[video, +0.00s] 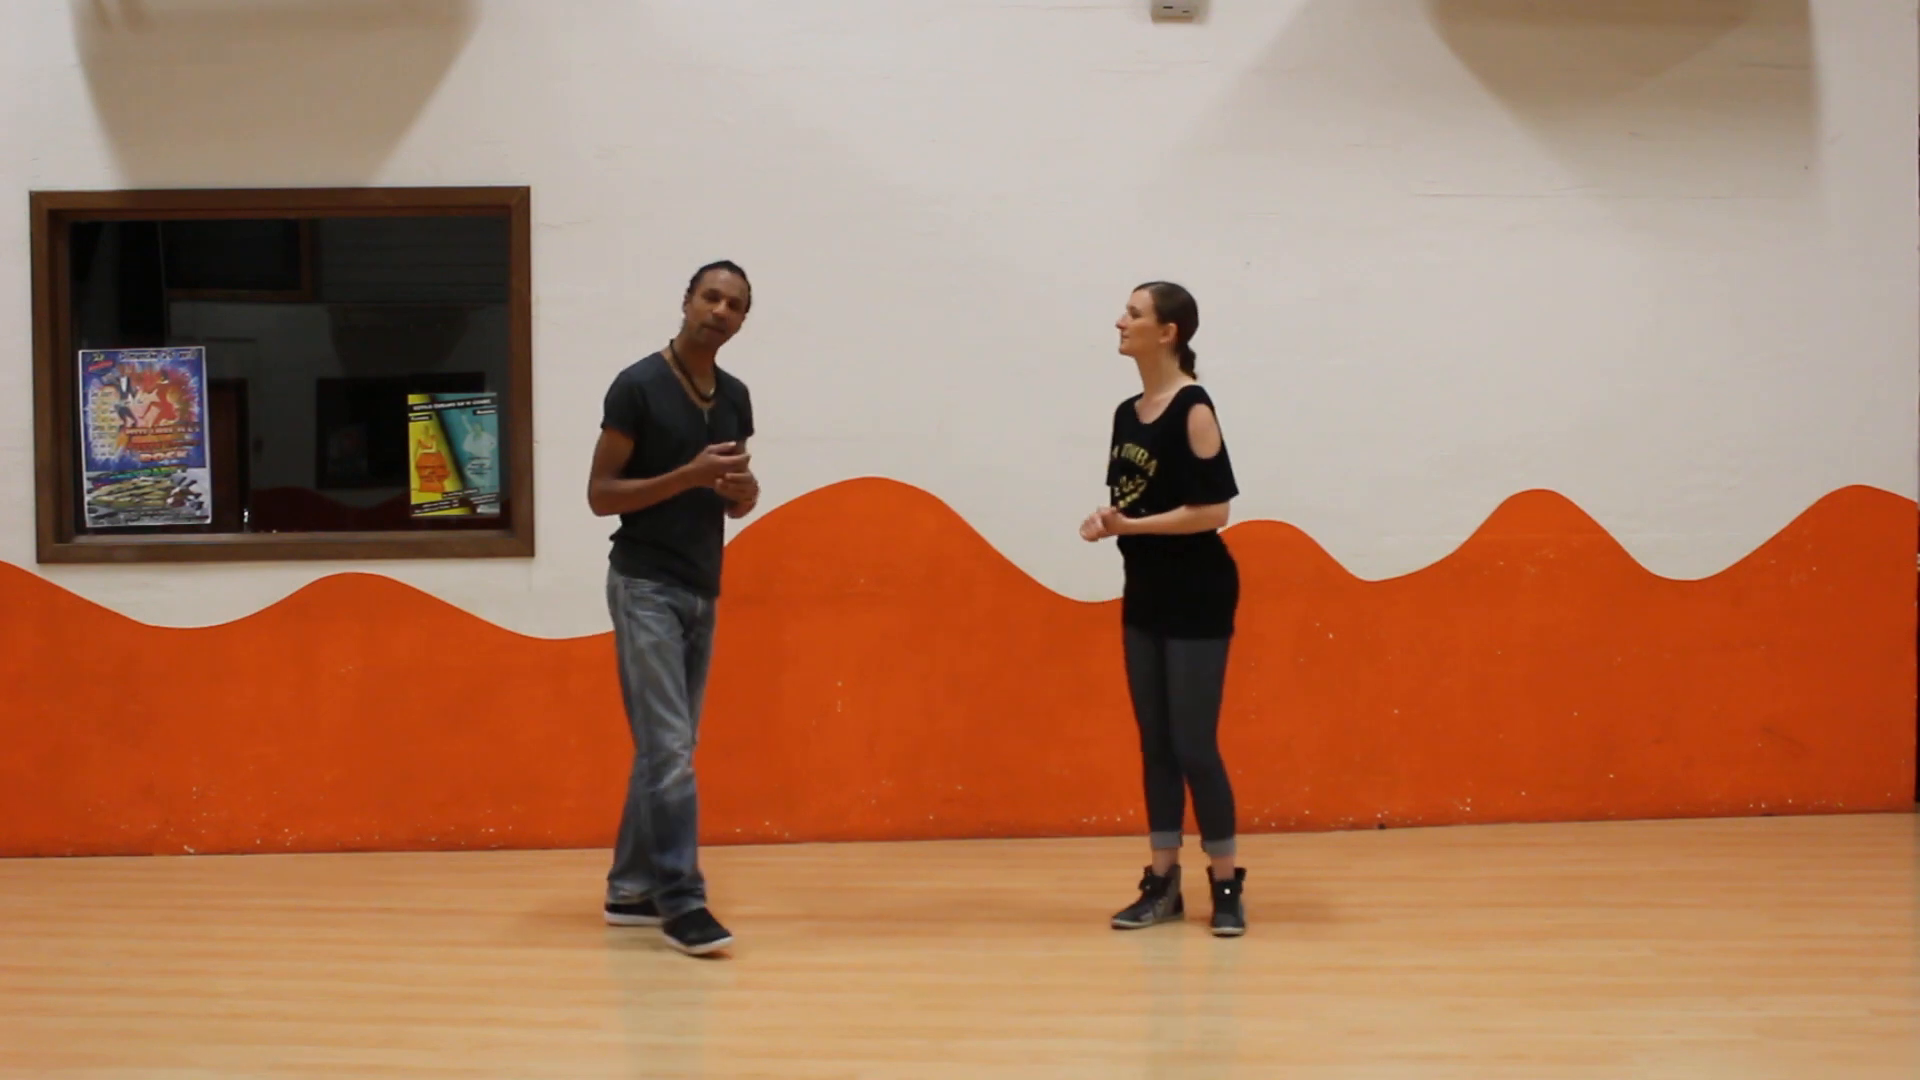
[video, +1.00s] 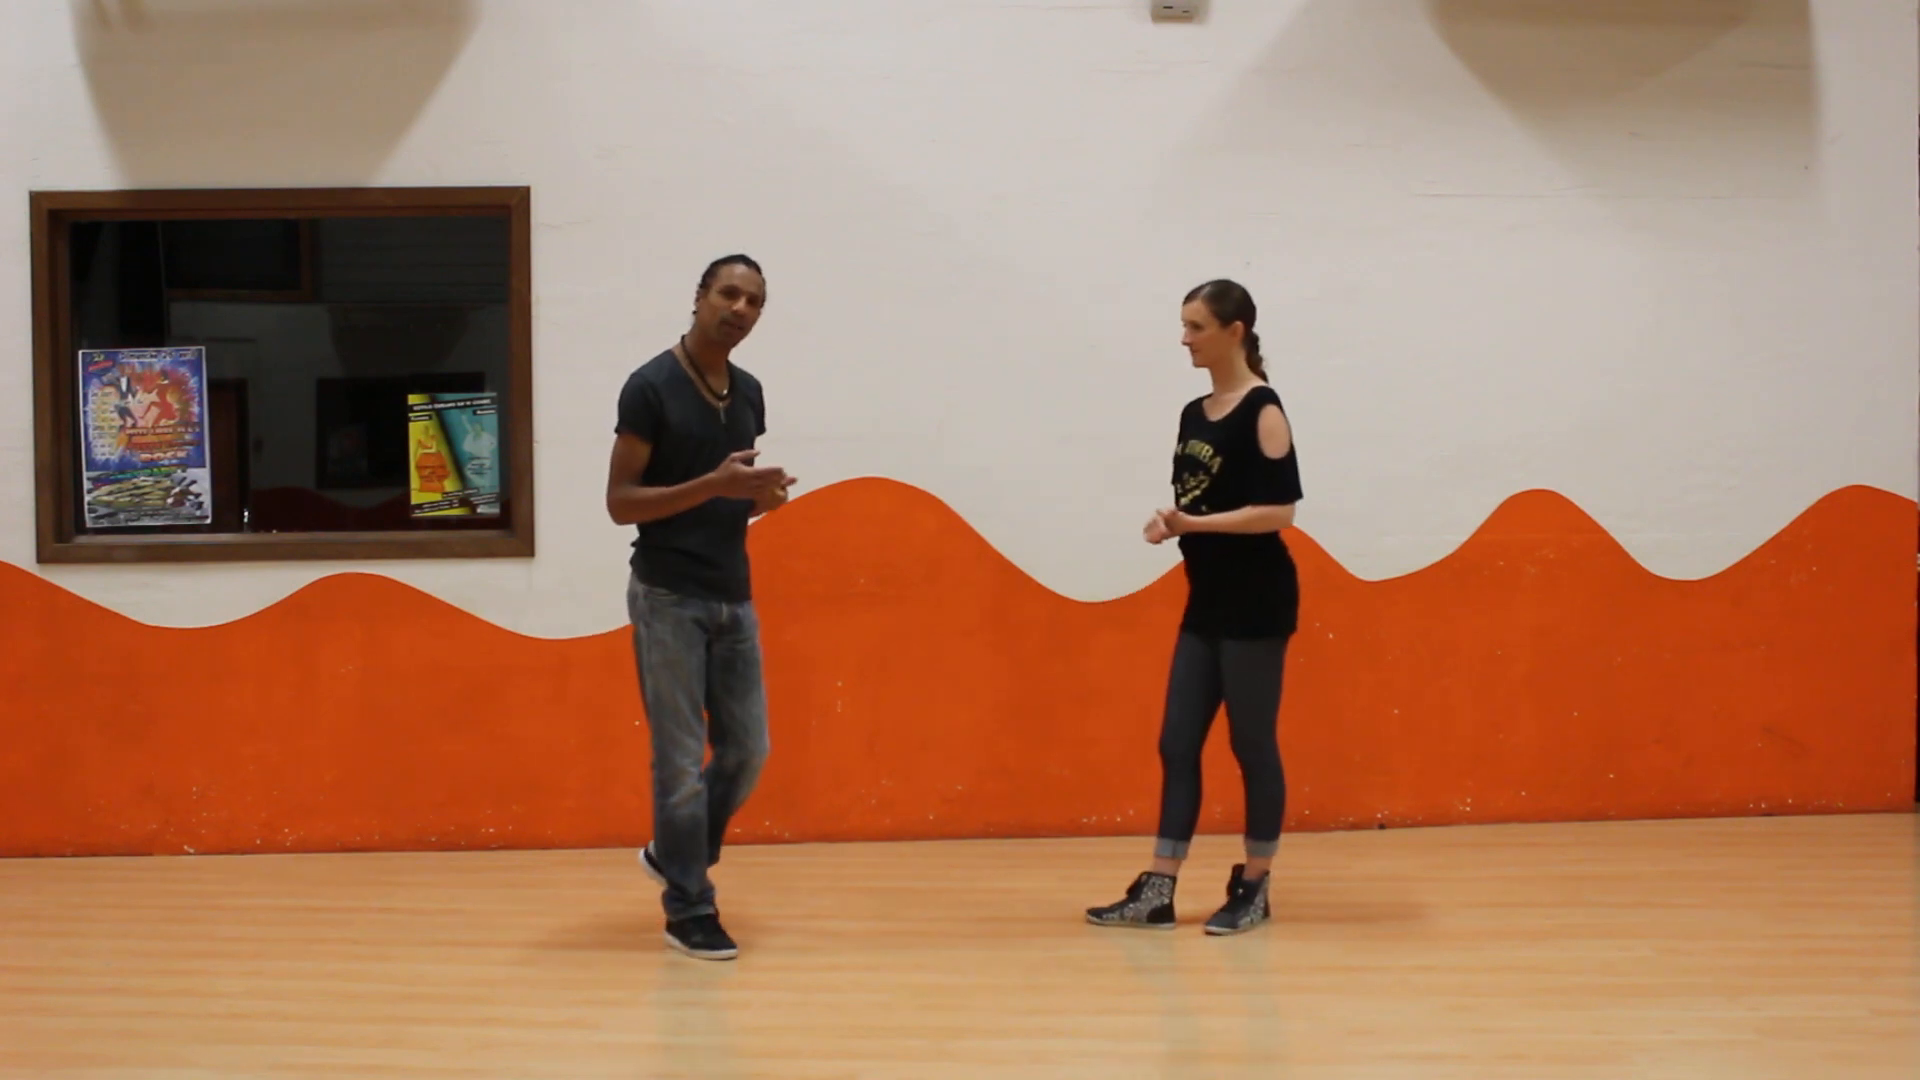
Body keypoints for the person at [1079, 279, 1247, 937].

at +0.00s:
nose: (1121, 323)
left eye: (1134, 316)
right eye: (1124, 313)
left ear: (1171, 331)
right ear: (1151, 330)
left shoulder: (1194, 410)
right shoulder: (1127, 413)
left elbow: (1215, 509)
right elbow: (1132, 499)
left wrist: (1130, 525)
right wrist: (1108, 516)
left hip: (1199, 598)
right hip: (1144, 596)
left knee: (1194, 744)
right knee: (1156, 743)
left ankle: (1226, 885)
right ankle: (1163, 882)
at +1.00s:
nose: (1186, 339)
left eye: (1197, 328)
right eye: (1184, 327)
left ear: (1237, 331)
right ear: (1201, 333)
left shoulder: (1265, 412)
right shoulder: (1194, 413)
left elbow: (1279, 512)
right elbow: (1202, 502)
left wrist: (1194, 523)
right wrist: (1173, 519)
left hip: (1258, 604)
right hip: (1207, 600)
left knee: (1254, 744)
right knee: (1178, 743)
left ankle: (1253, 889)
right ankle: (1157, 890)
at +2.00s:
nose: (1195, 336)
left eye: (1206, 325)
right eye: (1195, 325)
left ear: (1247, 330)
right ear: (1230, 331)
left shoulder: (1269, 413)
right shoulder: (1205, 412)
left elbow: (1276, 515)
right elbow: (1213, 504)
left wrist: (1192, 521)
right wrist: (1175, 518)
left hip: (1255, 604)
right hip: (1207, 600)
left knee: (1254, 745)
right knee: (1180, 745)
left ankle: (1253, 889)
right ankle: (1158, 890)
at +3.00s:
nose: (1199, 334)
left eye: (1211, 324)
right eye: (1201, 323)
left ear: (1250, 331)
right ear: (1237, 332)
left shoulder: (1272, 413)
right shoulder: (1210, 412)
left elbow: (1278, 513)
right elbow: (1213, 502)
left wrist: (1194, 519)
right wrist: (1176, 515)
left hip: (1257, 604)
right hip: (1210, 599)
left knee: (1252, 745)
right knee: (1182, 745)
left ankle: (1253, 889)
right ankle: (1158, 890)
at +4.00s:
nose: (1202, 336)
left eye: (1214, 325)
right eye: (1203, 324)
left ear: (1253, 333)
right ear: (1237, 334)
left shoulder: (1275, 415)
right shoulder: (1211, 414)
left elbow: (1282, 514)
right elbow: (1216, 504)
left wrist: (1198, 521)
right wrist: (1179, 516)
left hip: (1259, 604)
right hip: (1212, 599)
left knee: (1253, 745)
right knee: (1183, 746)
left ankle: (1252, 890)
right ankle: (1158, 889)